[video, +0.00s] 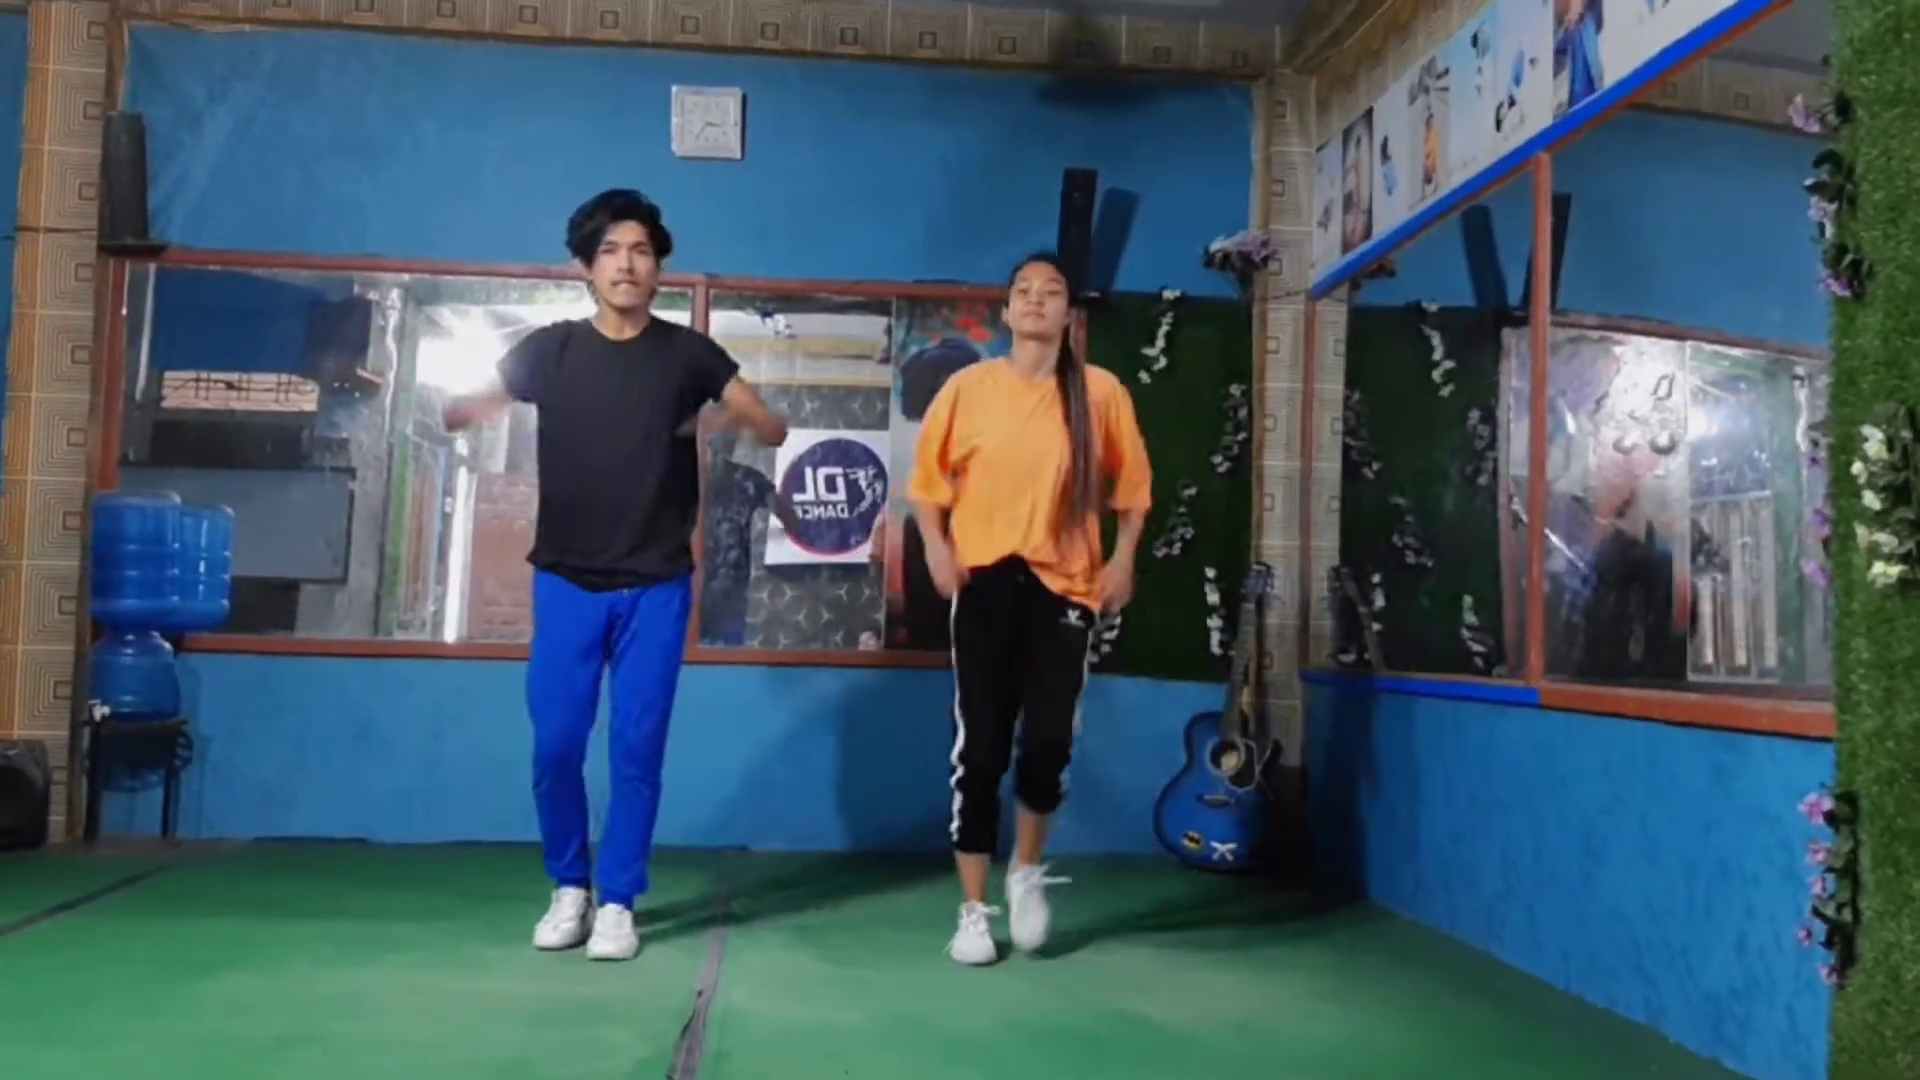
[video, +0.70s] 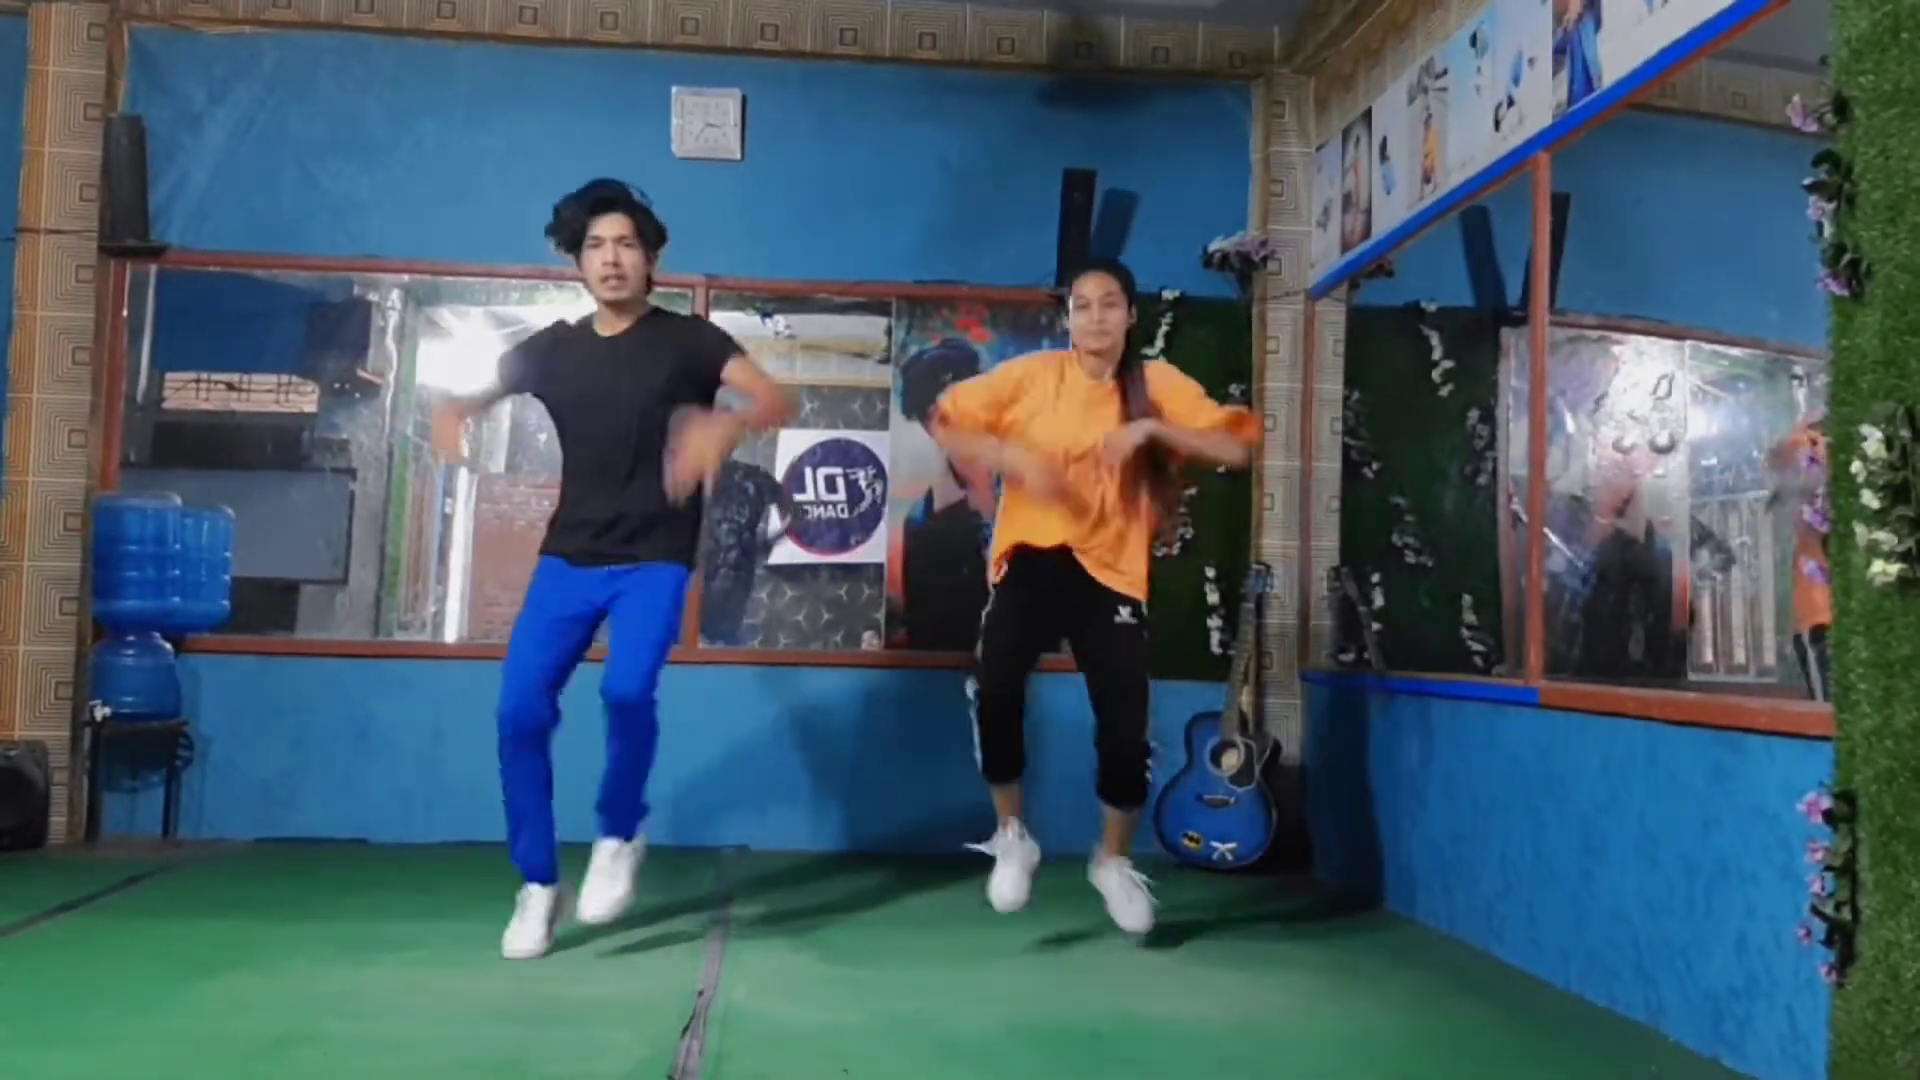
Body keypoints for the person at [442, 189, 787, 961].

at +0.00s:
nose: (629, 264)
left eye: (642, 251)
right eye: (613, 251)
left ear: (660, 268)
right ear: (586, 267)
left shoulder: (691, 354)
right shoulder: (549, 348)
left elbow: (773, 432)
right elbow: (485, 402)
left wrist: (743, 412)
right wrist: (459, 411)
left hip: (657, 585)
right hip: (565, 583)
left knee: (637, 748)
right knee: (553, 744)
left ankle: (617, 903)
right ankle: (568, 888)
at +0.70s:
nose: (614, 261)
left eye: (628, 246)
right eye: (597, 248)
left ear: (652, 260)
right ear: (578, 263)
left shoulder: (691, 341)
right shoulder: (550, 350)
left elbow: (778, 402)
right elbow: (466, 400)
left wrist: (724, 427)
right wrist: (449, 417)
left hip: (656, 558)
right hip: (570, 556)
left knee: (628, 690)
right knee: (521, 709)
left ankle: (618, 840)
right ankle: (537, 884)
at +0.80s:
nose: (604, 271)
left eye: (618, 256)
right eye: (588, 258)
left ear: (642, 271)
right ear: (569, 275)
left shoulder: (682, 362)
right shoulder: (549, 368)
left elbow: (736, 464)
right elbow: (505, 470)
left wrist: (700, 535)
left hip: (628, 587)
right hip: (549, 583)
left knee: (586, 736)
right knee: (528, 740)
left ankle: (598, 892)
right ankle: (553, 898)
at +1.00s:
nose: (582, 282)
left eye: (598, 269)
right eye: (569, 271)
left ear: (626, 284)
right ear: (553, 287)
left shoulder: (665, 346)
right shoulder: (540, 392)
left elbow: (729, 420)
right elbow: (484, 475)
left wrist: (643, 434)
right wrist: (446, 509)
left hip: (642, 578)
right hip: (559, 582)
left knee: (584, 704)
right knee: (523, 745)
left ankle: (615, 855)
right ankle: (552, 904)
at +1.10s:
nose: (569, 281)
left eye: (586, 269)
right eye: (557, 269)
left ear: (612, 284)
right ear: (540, 285)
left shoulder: (639, 340)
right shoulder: (535, 390)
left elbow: (703, 425)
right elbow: (487, 481)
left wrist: (687, 530)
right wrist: (391, 436)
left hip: (644, 584)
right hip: (569, 594)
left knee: (631, 734)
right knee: (529, 751)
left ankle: (716, 859)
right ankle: (555, 910)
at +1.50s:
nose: (622, 299)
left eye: (634, 285)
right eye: (607, 288)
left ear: (657, 300)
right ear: (588, 303)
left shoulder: (687, 396)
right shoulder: (554, 375)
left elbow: (707, 502)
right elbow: (496, 463)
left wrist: (729, 442)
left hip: (638, 612)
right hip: (542, 603)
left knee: (658, 757)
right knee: (475, 731)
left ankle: (622, 899)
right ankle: (515, 885)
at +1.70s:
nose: (644, 324)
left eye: (656, 308)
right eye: (628, 310)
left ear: (677, 317)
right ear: (607, 320)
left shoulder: (704, 413)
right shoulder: (583, 381)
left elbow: (658, 498)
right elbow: (585, 478)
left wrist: (661, 410)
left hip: (638, 632)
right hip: (544, 614)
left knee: (652, 768)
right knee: (473, 752)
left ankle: (616, 908)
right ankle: (370, 873)